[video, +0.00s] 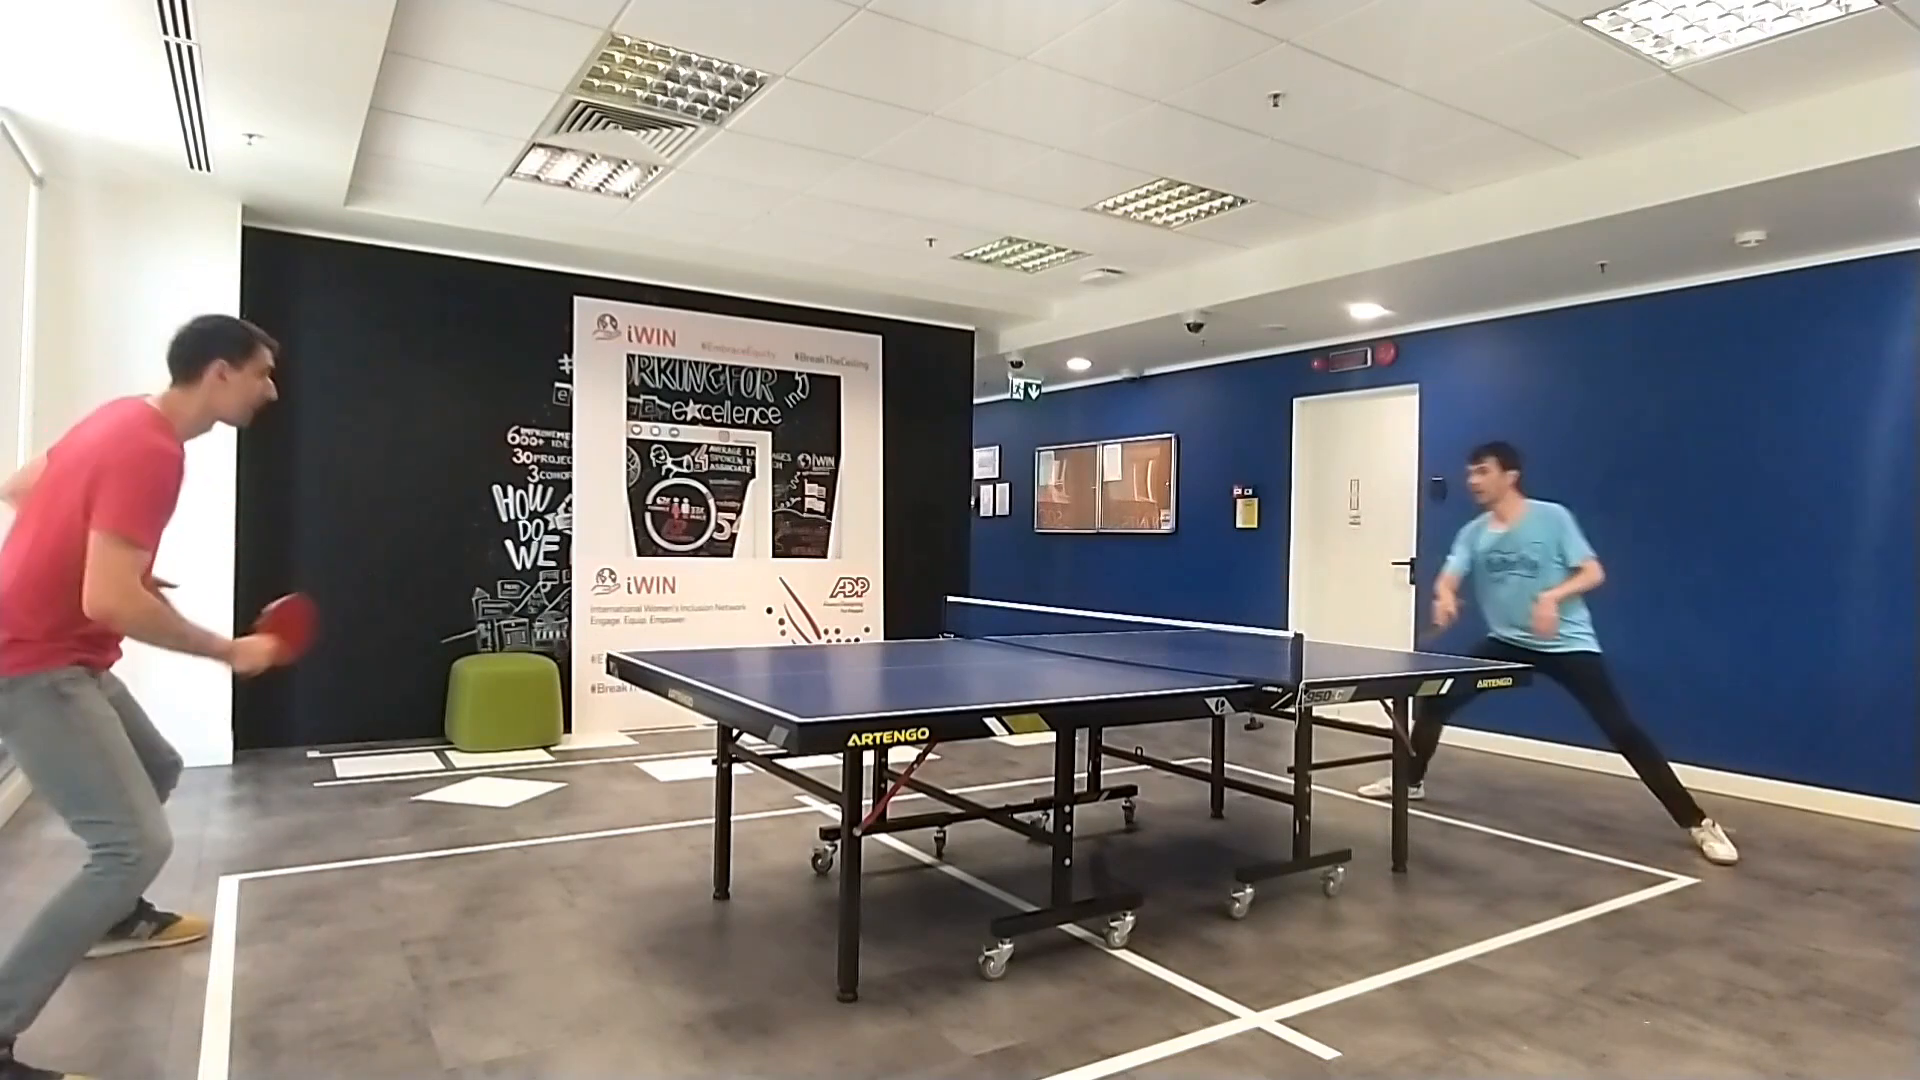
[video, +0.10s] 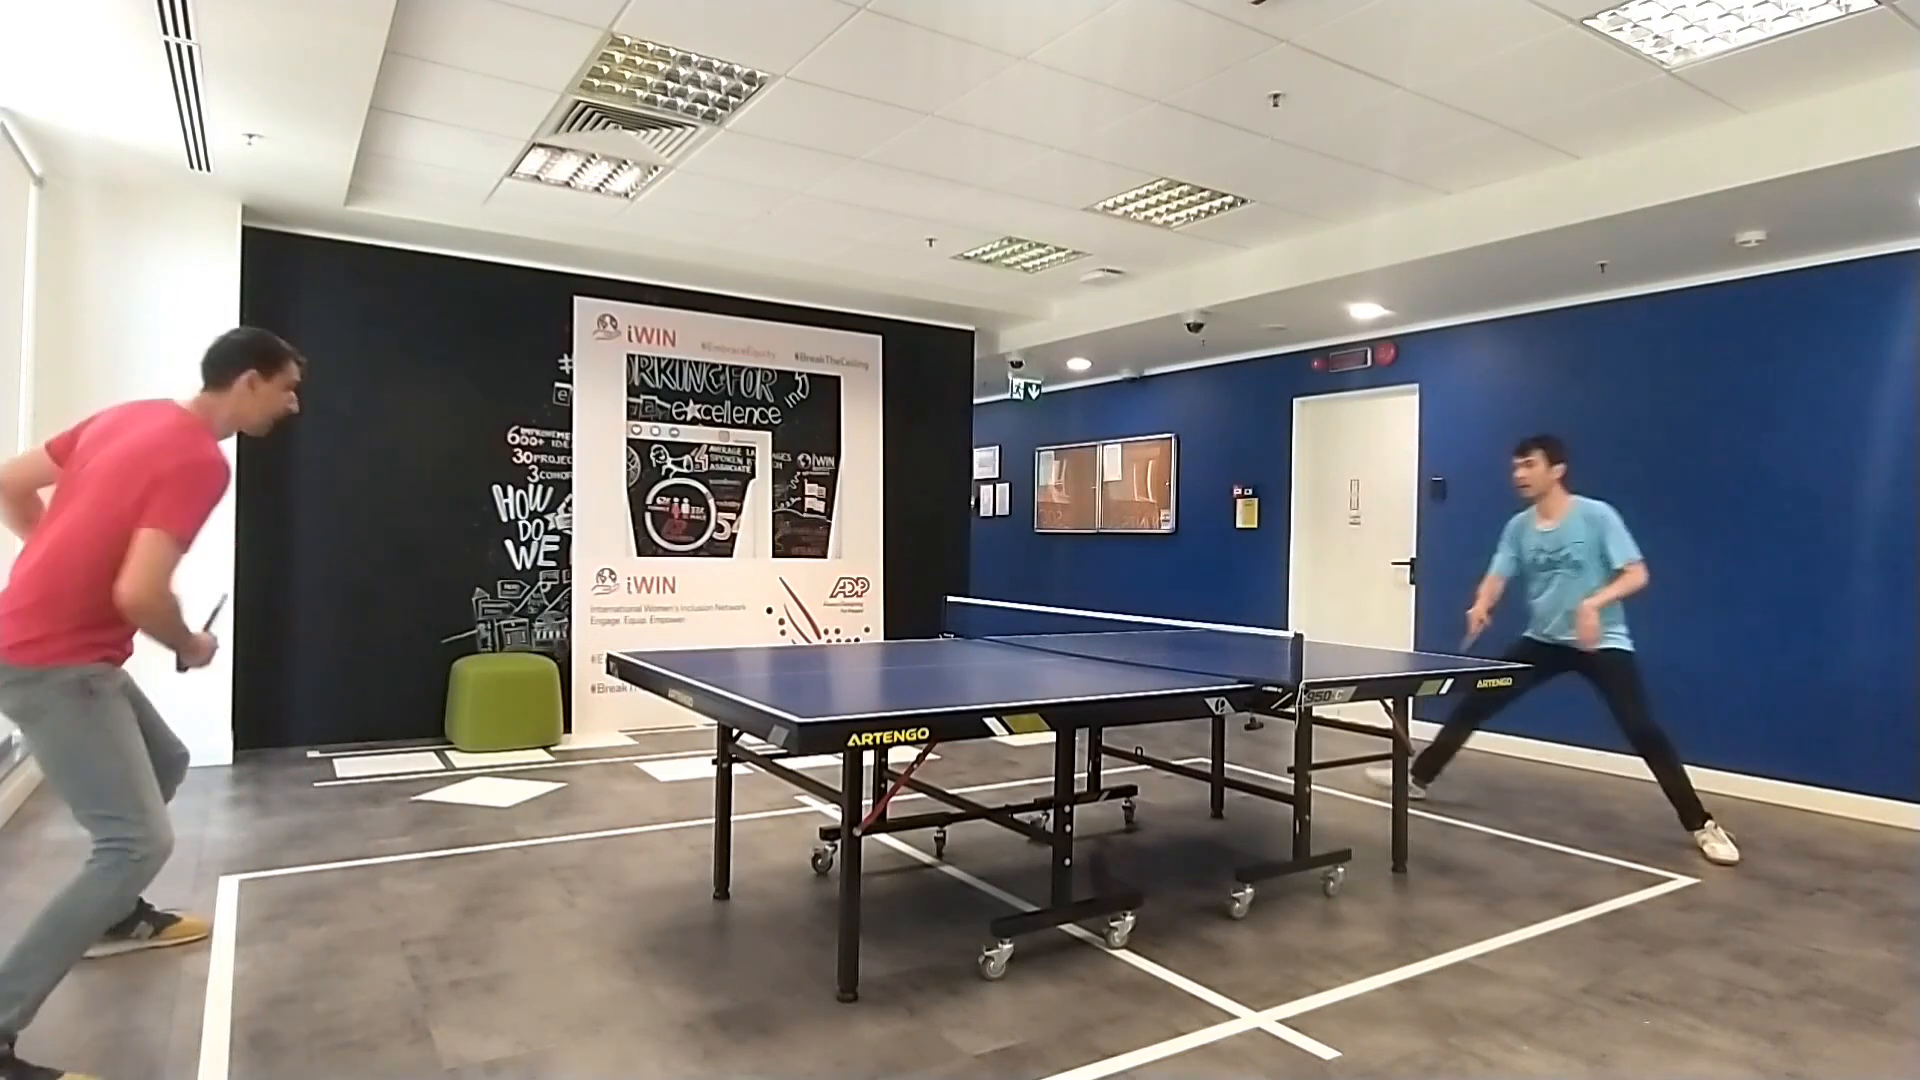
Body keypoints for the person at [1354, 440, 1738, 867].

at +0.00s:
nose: (1473, 481)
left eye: (1481, 473)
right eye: (1470, 474)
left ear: (1510, 476)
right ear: (1473, 482)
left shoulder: (1552, 517)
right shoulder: (1473, 532)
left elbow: (1592, 572)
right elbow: (1447, 579)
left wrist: (1551, 596)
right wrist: (1445, 599)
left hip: (1569, 648)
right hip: (1507, 645)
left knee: (1622, 730)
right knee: (1433, 700)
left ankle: (1698, 825)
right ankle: (1404, 780)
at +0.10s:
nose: (1518, 474)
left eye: (1527, 465)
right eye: (1516, 467)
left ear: (1557, 469)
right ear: (1518, 474)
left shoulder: (1598, 515)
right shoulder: (1518, 527)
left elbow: (1636, 574)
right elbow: (1496, 577)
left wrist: (1595, 601)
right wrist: (1482, 605)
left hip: (1603, 646)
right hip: (1541, 642)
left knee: (1642, 731)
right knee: (1473, 703)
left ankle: (1701, 826)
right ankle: (1417, 776)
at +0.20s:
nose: (1548, 462)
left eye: (1558, 453)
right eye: (1546, 455)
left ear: (1586, 459)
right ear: (1546, 462)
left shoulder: (1623, 507)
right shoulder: (1549, 514)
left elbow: (1670, 565)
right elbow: (1528, 566)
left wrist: (1626, 598)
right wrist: (1507, 585)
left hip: (1628, 637)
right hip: (1572, 629)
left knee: (1653, 726)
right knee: (1505, 682)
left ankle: (1703, 827)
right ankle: (1468, 776)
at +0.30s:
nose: (1561, 451)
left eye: (1570, 443)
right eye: (1557, 445)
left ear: (1598, 449)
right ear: (1556, 453)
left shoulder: (1636, 494)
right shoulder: (1559, 503)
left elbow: (1683, 552)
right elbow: (1539, 553)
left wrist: (1645, 577)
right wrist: (1511, 571)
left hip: (1647, 624)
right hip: (1589, 621)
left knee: (1670, 712)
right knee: (1528, 681)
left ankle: (1708, 821)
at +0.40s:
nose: (1565, 457)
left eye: (1574, 448)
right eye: (1562, 450)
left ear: (1601, 452)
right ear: (1561, 456)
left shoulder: (1639, 496)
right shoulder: (1564, 508)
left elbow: (1689, 550)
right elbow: (1546, 562)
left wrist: (1652, 567)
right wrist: (1510, 574)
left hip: (1658, 620)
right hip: (1606, 625)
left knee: (1683, 702)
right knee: (1560, 699)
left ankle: (1746, 812)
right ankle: (1590, 780)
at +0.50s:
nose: (1570, 474)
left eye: (1578, 464)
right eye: (1566, 466)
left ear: (1606, 465)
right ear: (1566, 471)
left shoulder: (1643, 508)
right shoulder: (1579, 524)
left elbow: (1698, 561)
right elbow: (1592, 576)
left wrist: (1650, 571)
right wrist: (1545, 599)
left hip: (1672, 628)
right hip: (1622, 634)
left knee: (1702, 712)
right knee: (1569, 704)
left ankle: (1802, 815)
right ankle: (1592, 786)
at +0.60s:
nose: (1591, 479)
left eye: (1598, 468)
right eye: (1587, 471)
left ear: (1628, 464)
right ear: (1598, 474)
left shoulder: (1666, 505)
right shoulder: (1618, 513)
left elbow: (1722, 560)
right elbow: (1646, 570)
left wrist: (1658, 558)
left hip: (1693, 637)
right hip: (1641, 638)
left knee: (1734, 722)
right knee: (1588, 709)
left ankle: (1837, 830)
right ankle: (1593, 785)